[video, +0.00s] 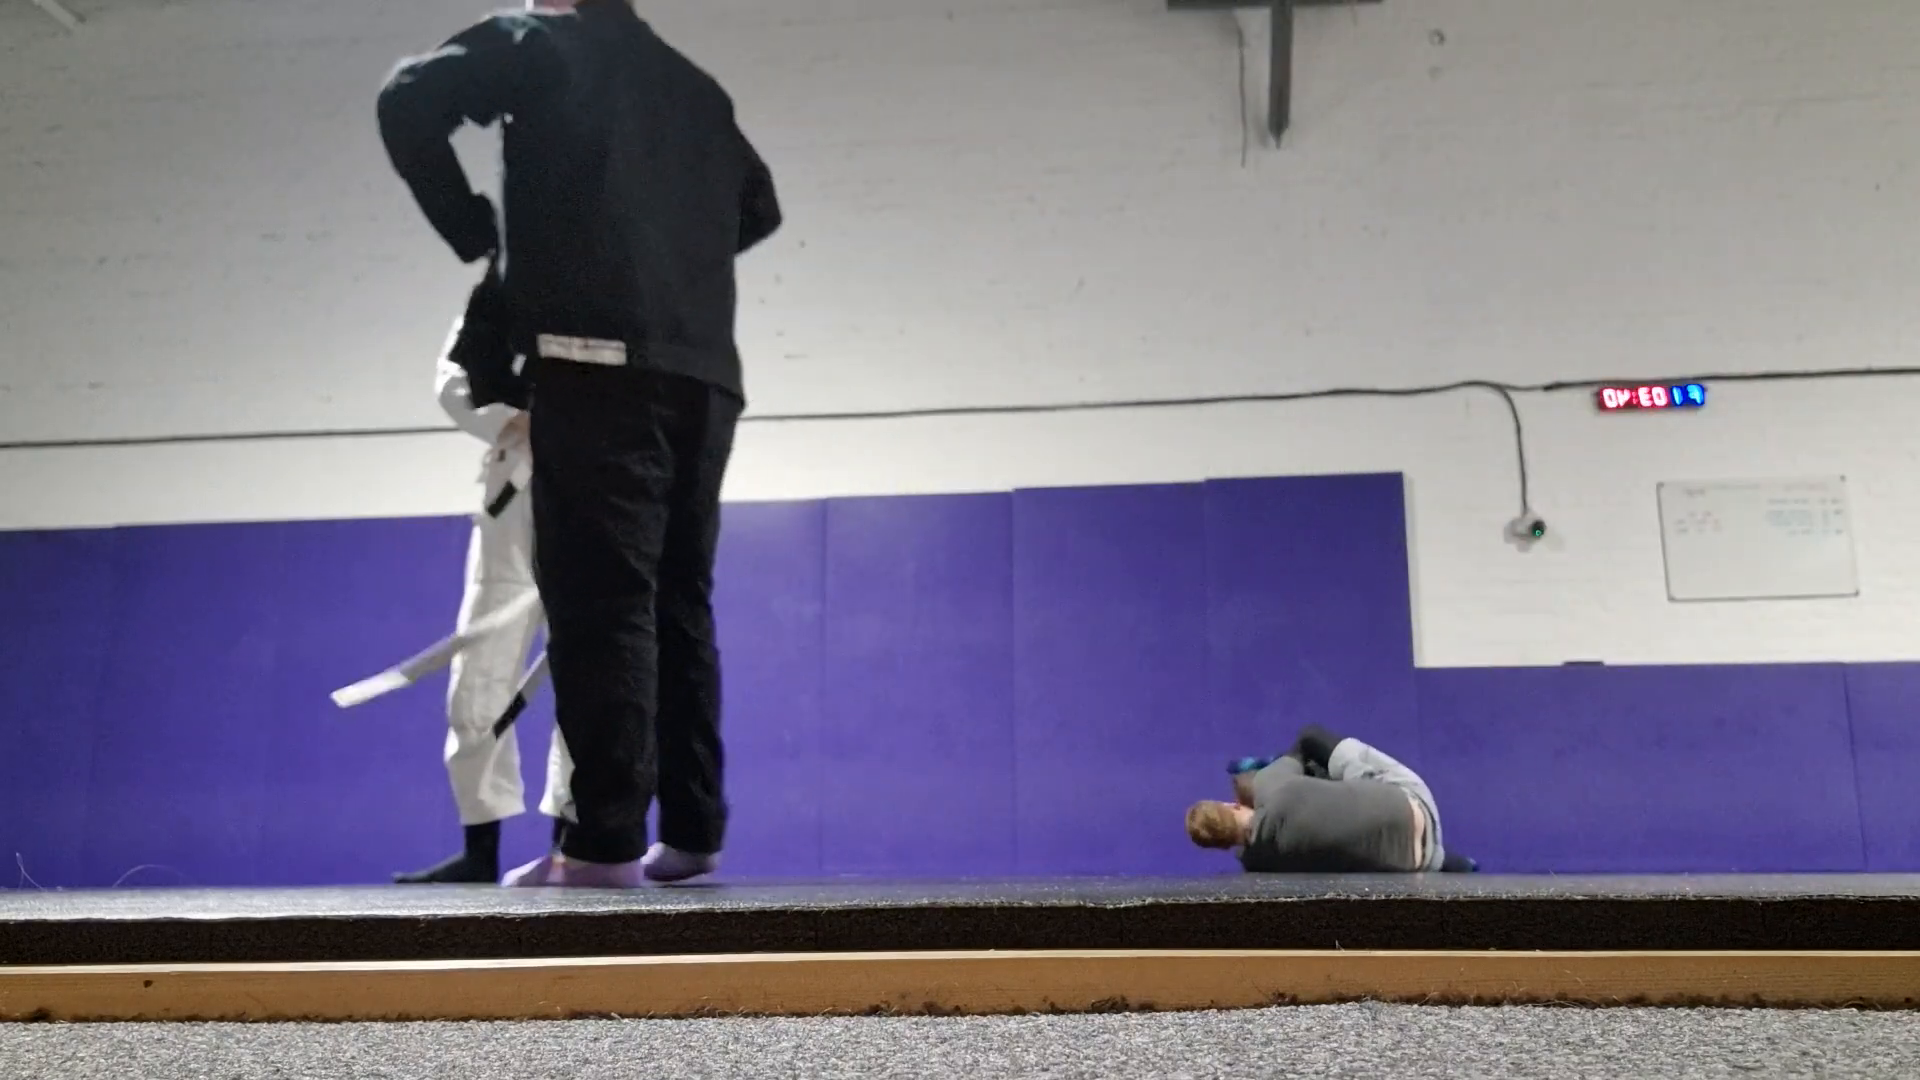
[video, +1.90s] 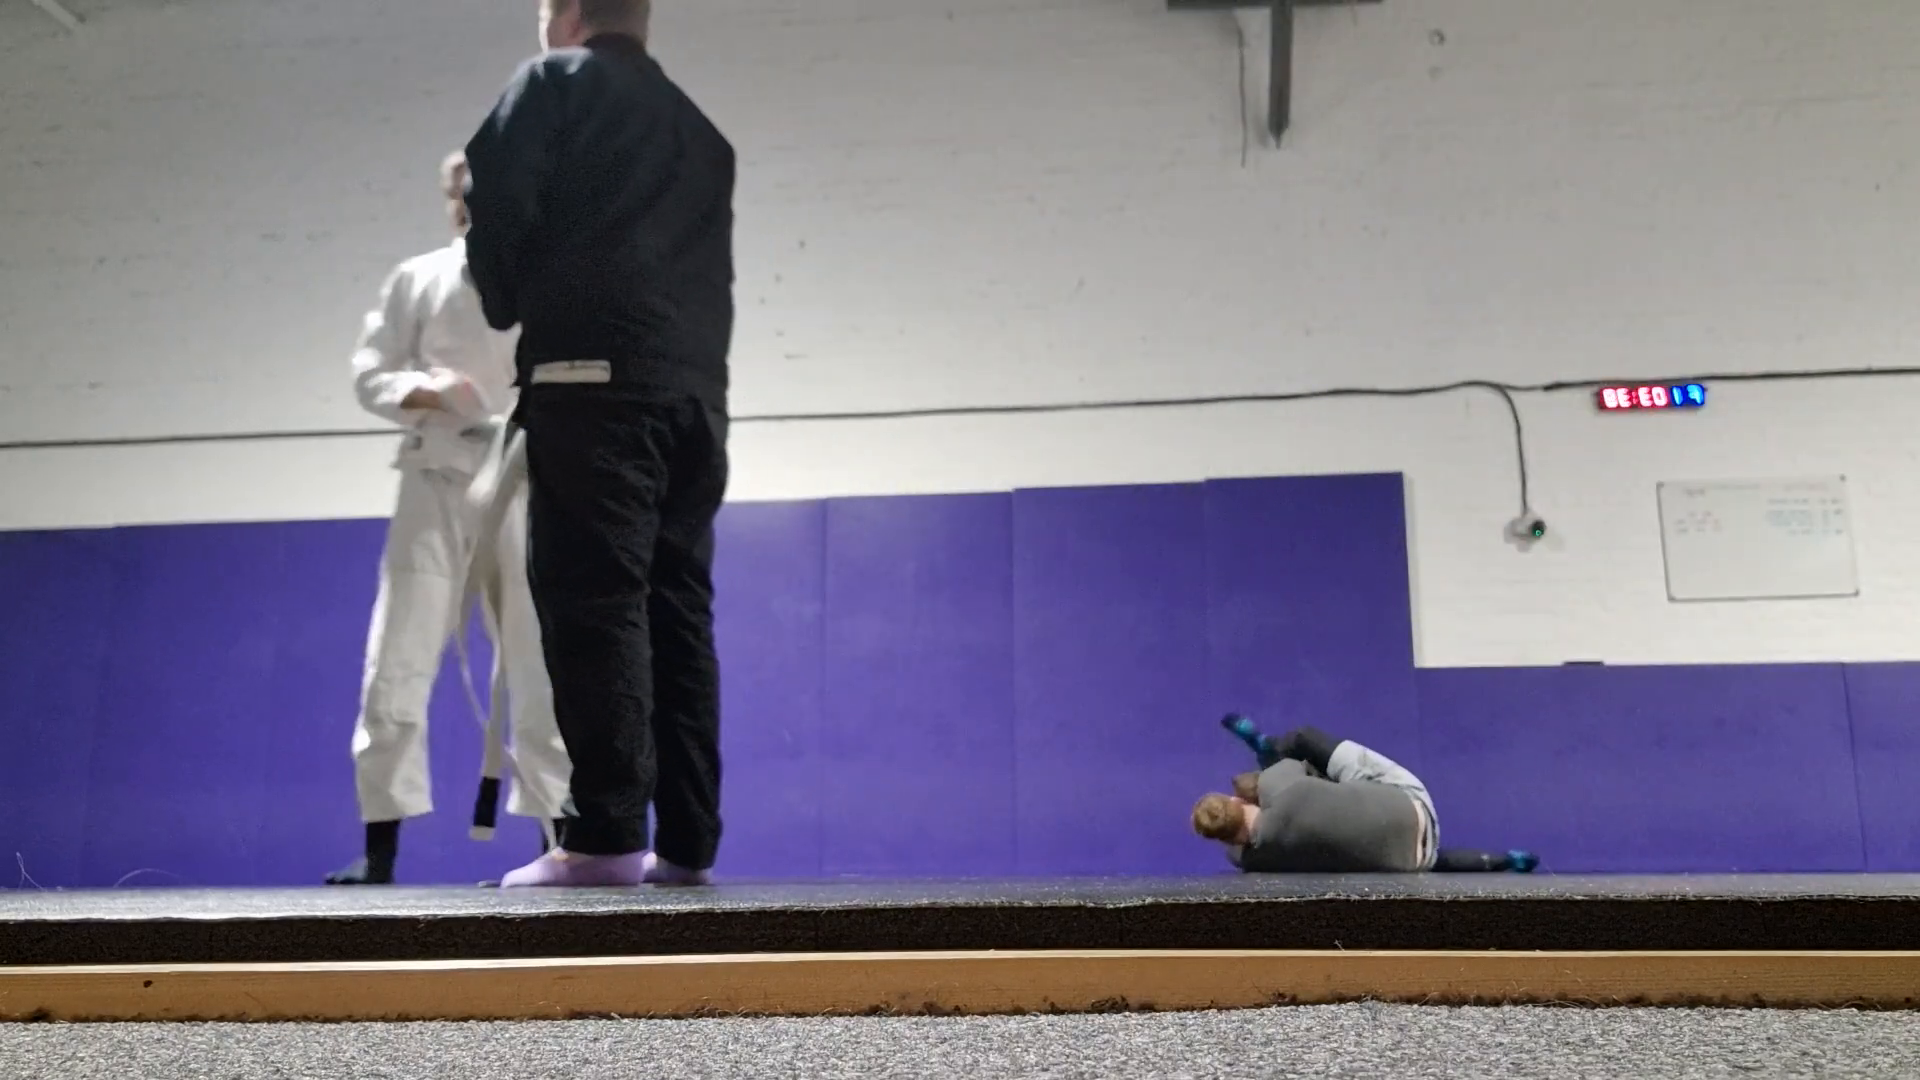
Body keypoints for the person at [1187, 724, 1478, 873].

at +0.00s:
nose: (1235, 791)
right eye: (1232, 794)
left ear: (1219, 850)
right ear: (1234, 803)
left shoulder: (1257, 864)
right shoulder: (1273, 786)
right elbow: (1306, 744)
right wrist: (1265, 774)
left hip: (1418, 863)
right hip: (1414, 811)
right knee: (1329, 748)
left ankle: (1455, 864)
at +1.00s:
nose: (1231, 788)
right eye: (1227, 790)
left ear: (1218, 839)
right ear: (1235, 794)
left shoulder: (1251, 863)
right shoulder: (1277, 785)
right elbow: (1296, 768)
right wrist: (1256, 781)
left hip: (1414, 861)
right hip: (1409, 807)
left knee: (1446, 854)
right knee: (1326, 732)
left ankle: (1505, 866)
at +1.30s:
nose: (1232, 799)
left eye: (1220, 822)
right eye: (1230, 796)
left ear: (1226, 836)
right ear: (1239, 791)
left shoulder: (1259, 857)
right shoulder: (1279, 776)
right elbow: (1312, 771)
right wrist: (1274, 777)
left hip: (1421, 861)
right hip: (1423, 807)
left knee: (1447, 855)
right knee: (1323, 737)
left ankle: (1523, 865)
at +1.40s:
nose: (1231, 796)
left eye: (1218, 814)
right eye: (1229, 793)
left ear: (1226, 834)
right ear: (1238, 789)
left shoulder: (1257, 858)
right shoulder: (1280, 777)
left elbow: (1250, 850)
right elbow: (1313, 763)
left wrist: (1252, 816)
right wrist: (1261, 777)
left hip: (1419, 860)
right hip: (1418, 805)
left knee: (1446, 856)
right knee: (1317, 738)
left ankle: (1522, 864)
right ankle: (1264, 752)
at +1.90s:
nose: (1234, 791)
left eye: (1221, 829)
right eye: (1232, 792)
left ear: (1225, 842)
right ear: (1241, 794)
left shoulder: (1258, 864)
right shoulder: (1279, 785)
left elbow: (1248, 845)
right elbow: (1295, 766)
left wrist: (1242, 829)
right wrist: (1256, 789)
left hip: (1415, 860)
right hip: (1415, 807)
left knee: (1428, 858)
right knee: (1308, 737)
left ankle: (1505, 861)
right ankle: (1269, 745)